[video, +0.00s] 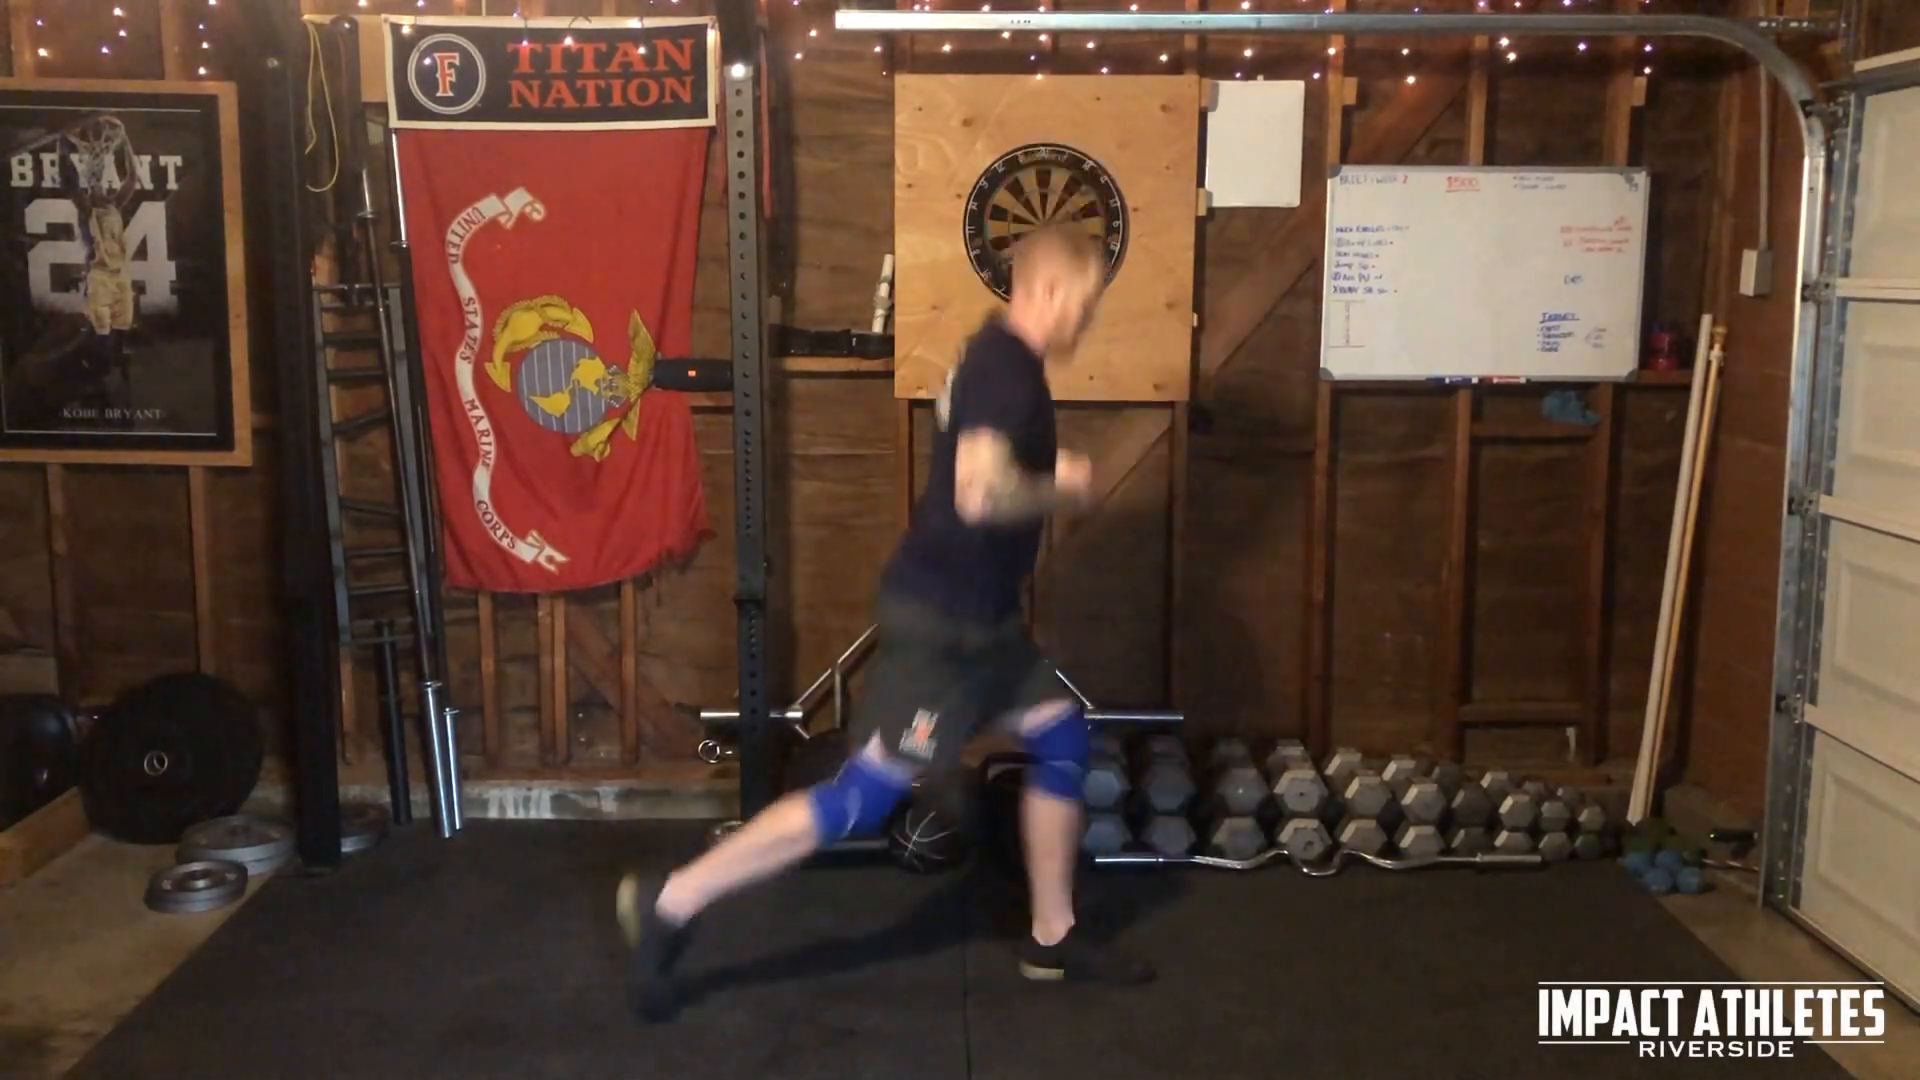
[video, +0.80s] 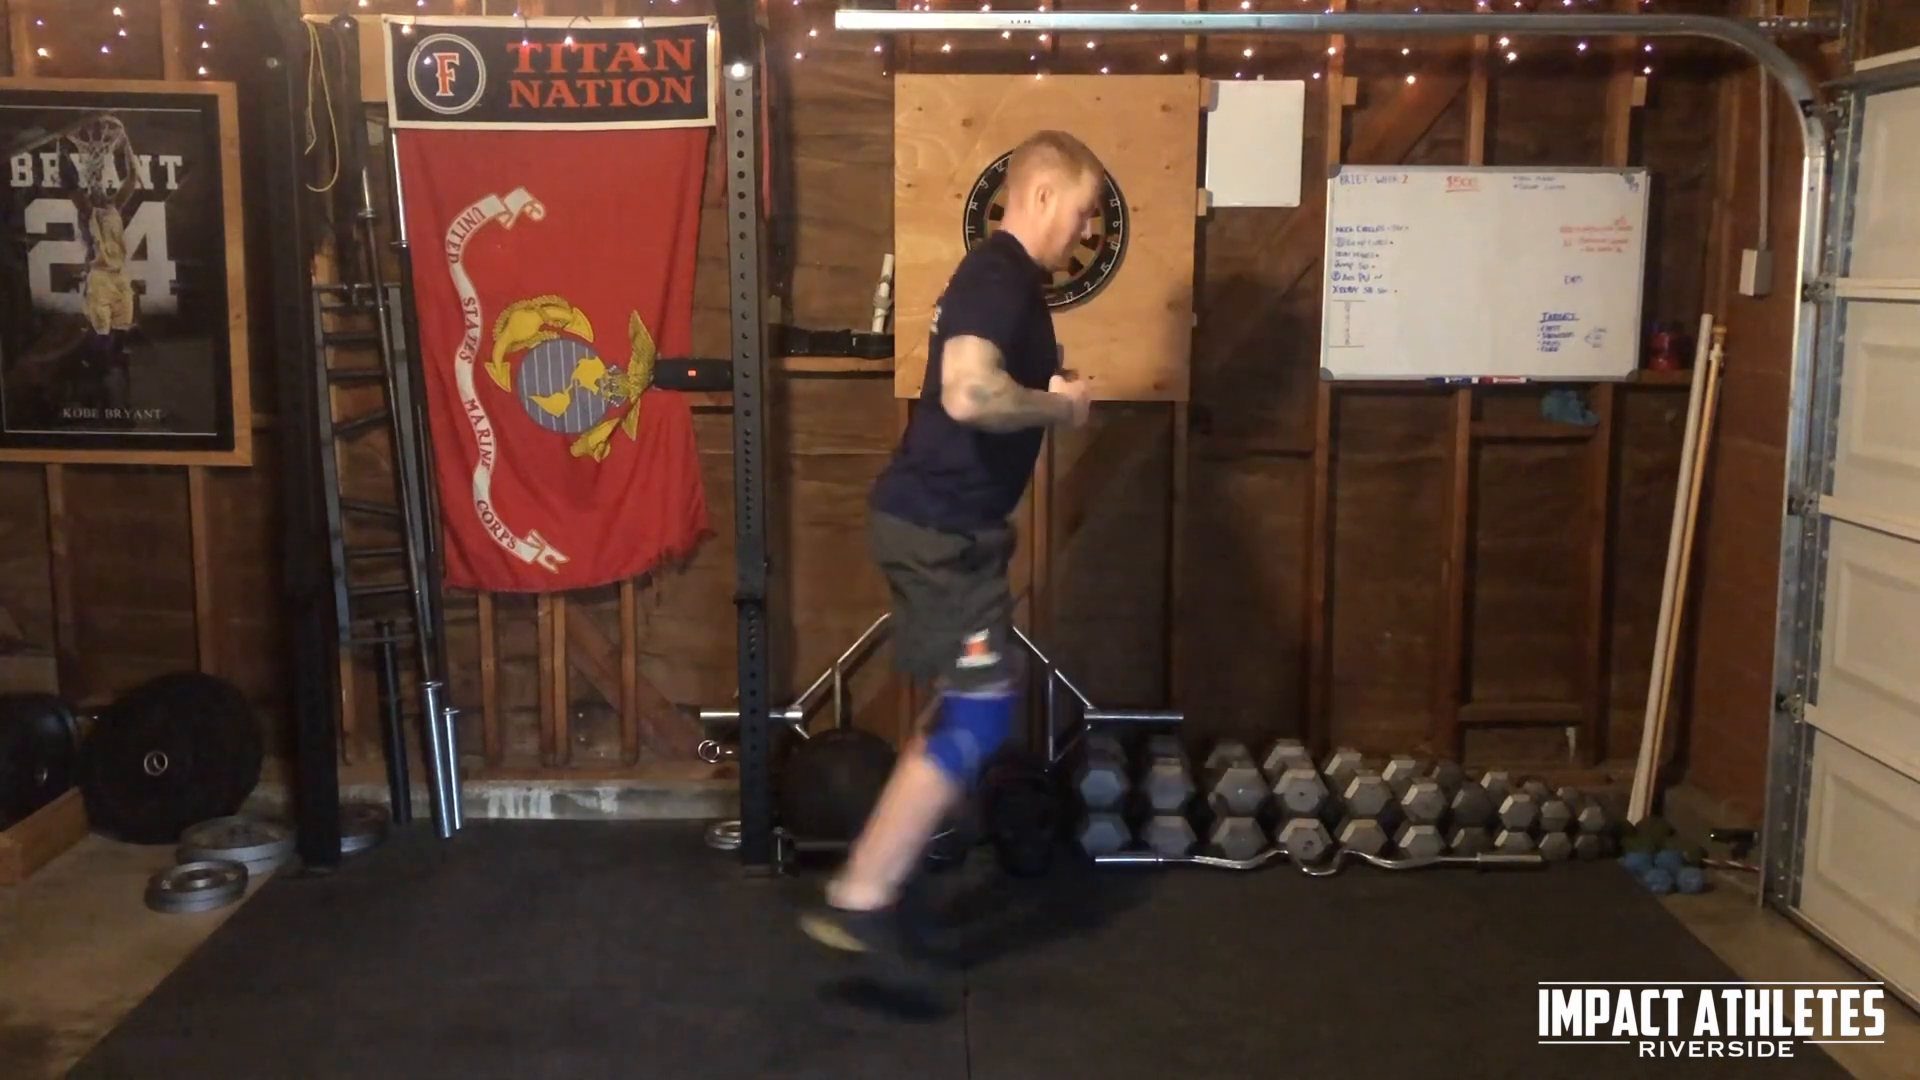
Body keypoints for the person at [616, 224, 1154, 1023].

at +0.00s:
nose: (1088, 317)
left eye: (1092, 300)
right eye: (1085, 299)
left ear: (1039, 286)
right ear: (1046, 288)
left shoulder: (1013, 362)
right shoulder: (1000, 362)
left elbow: (998, 476)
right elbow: (979, 492)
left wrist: (1049, 478)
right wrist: (1060, 484)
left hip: (984, 623)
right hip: (937, 622)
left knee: (1062, 737)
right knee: (863, 796)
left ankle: (1054, 937)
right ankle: (669, 899)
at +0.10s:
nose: (1091, 406)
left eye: (1093, 391)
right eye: (1086, 390)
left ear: (1032, 382)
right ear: (1041, 382)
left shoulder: (1010, 448)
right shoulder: (1002, 456)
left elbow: (977, 561)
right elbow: (967, 587)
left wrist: (1045, 580)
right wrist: (1052, 596)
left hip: (992, 673)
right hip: (932, 688)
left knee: (1109, 758)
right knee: (856, 883)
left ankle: (1058, 935)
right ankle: (643, 942)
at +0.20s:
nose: (1082, 467)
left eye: (1083, 453)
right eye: (1077, 452)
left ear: (1028, 442)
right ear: (1042, 447)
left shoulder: (1006, 515)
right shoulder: (997, 527)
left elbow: (988, 616)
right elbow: (948, 655)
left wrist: (1049, 632)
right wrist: (1041, 690)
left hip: (988, 742)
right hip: (926, 764)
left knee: (1122, 761)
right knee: (862, 953)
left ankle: (1056, 939)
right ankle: (647, 947)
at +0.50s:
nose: (1065, 439)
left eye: (1065, 425)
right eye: (1058, 424)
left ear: (1010, 425)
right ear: (1014, 425)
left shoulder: (999, 501)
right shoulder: (983, 508)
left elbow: (1009, 588)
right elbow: (984, 639)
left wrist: (1059, 589)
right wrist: (1079, 619)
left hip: (994, 715)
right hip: (925, 744)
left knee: (1119, 763)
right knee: (849, 929)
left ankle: (1058, 940)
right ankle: (629, 945)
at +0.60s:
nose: (1065, 350)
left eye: (1067, 334)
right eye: (1059, 333)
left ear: (1013, 330)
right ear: (1018, 330)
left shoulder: (1003, 412)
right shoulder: (987, 413)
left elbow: (994, 522)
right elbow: (1002, 537)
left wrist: (1060, 501)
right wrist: (1076, 504)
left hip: (994, 654)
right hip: (928, 659)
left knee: (1095, 754)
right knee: (860, 828)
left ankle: (1059, 937)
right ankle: (656, 941)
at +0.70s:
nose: (1083, 267)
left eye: (1089, 251)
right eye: (1079, 247)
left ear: (1017, 238)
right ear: (1031, 238)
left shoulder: (1001, 312)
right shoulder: (994, 314)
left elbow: (953, 384)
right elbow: (990, 438)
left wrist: (1050, 419)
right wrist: (1069, 434)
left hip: (976, 565)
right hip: (933, 568)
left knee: (1030, 722)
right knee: (909, 761)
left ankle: (1018, 910)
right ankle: (739, 900)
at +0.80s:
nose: (1086, 235)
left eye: (1091, 220)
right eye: (1084, 214)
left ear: (1030, 196)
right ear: (1039, 195)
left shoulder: (1003, 272)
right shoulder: (996, 273)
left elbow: (981, 384)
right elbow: (968, 392)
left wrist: (1045, 389)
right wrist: (1056, 405)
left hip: (949, 523)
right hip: (936, 528)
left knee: (968, 700)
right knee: (979, 706)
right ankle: (858, 900)